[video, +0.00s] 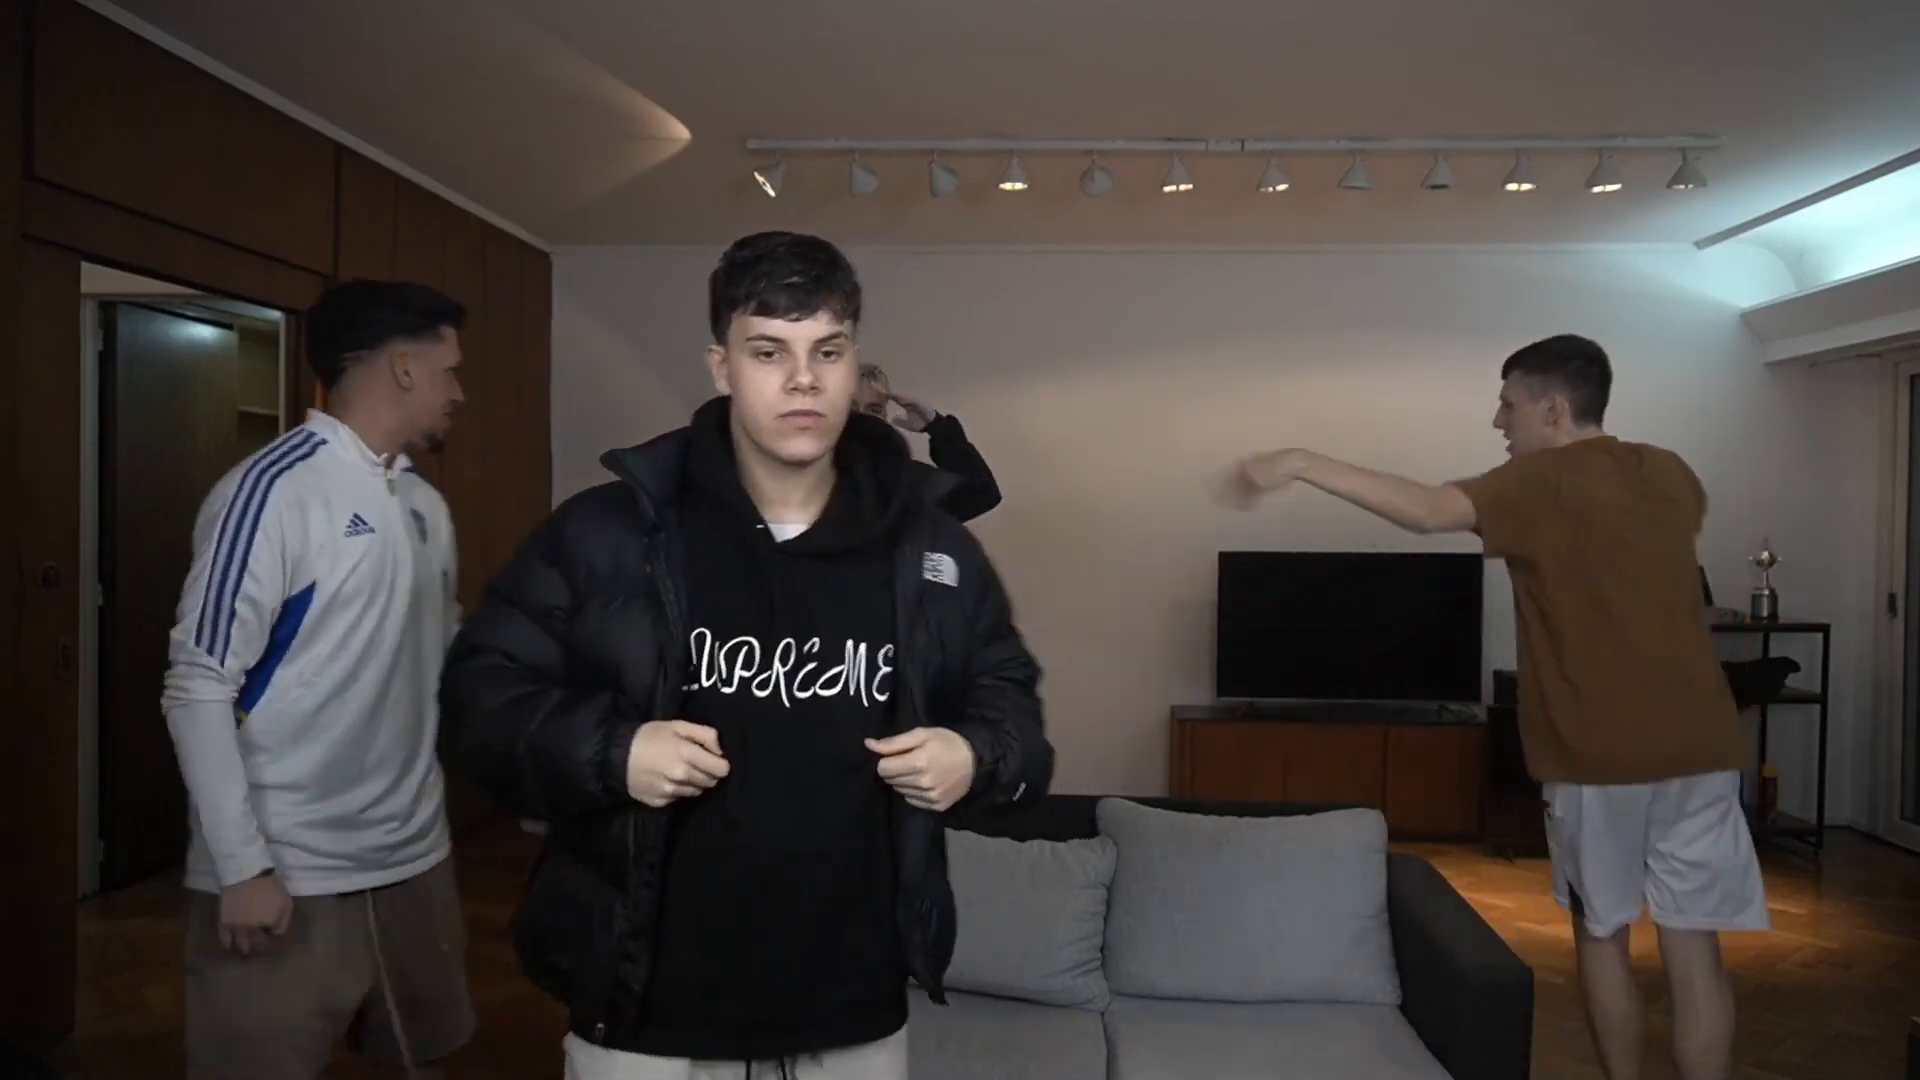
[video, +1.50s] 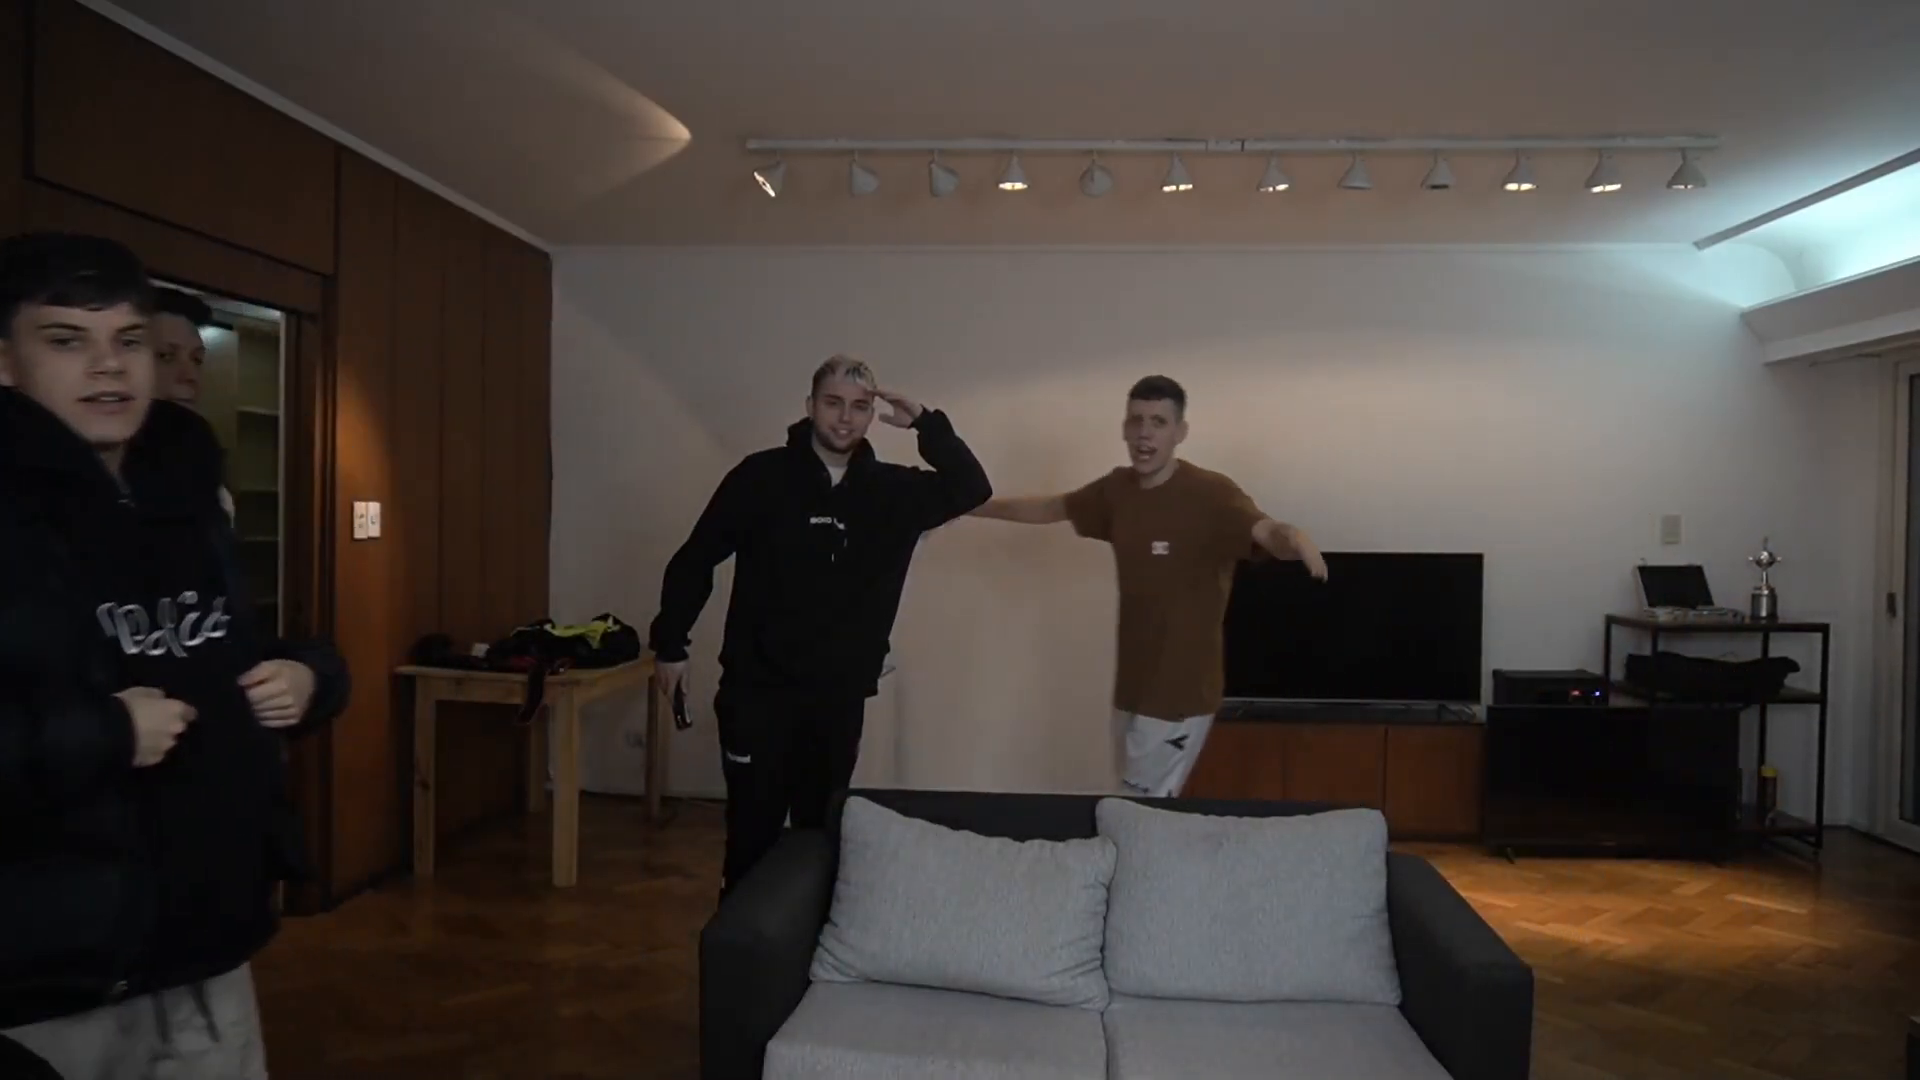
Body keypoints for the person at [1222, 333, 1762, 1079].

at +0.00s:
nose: (1499, 424)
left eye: (1507, 407)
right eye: (1500, 408)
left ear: (1553, 408)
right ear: (1582, 409)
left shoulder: (1533, 483)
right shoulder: (1669, 471)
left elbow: (1432, 508)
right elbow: (1695, 518)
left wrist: (1306, 463)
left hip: (1597, 752)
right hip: (1704, 742)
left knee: (1604, 941)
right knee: (1697, 951)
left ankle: (1625, 1074)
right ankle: (1709, 1075)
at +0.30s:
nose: (1462, 443)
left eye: (1473, 430)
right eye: (1465, 429)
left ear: (1522, 439)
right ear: (1536, 436)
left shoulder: (1506, 512)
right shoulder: (1600, 476)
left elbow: (1390, 524)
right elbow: (1602, 437)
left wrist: (1267, 495)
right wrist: (1560, 398)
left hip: (1566, 745)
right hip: (1627, 731)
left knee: (1580, 910)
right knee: (1603, 892)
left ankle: (1643, 1067)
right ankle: (1642, 1048)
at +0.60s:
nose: (1398, 448)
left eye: (1413, 436)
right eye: (1400, 434)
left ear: (1460, 442)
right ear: (1461, 446)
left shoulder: (1470, 499)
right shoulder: (1495, 492)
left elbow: (1397, 526)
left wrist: (1283, 510)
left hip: (1502, 718)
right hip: (1552, 706)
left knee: (1469, 863)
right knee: (1537, 856)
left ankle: (1552, 1010)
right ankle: (1584, 1020)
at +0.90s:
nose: (1329, 452)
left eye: (1343, 442)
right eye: (1327, 439)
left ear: (1381, 450)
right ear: (1323, 438)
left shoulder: (1397, 508)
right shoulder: (1362, 503)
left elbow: (1361, 566)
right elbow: (1332, 502)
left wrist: (1287, 523)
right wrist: (1279, 482)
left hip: (1398, 716)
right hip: (1378, 709)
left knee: (1380, 847)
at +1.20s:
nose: (1230, 445)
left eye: (1246, 434)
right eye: (1225, 433)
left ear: (1275, 441)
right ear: (1218, 434)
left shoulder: (1291, 498)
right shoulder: (1236, 498)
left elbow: (1300, 564)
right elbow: (1215, 511)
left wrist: (1237, 584)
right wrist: (1146, 503)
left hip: (1293, 705)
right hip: (1243, 697)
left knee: (1284, 835)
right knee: (1226, 825)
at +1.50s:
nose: (1143, 433)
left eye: (1158, 422)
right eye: (1135, 421)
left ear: (1181, 432)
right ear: (1125, 427)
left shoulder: (1211, 495)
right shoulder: (1116, 491)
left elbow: (1264, 531)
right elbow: (1049, 509)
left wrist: (1292, 542)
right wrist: (967, 504)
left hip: (1184, 686)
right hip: (1133, 679)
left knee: (1139, 809)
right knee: (1141, 809)